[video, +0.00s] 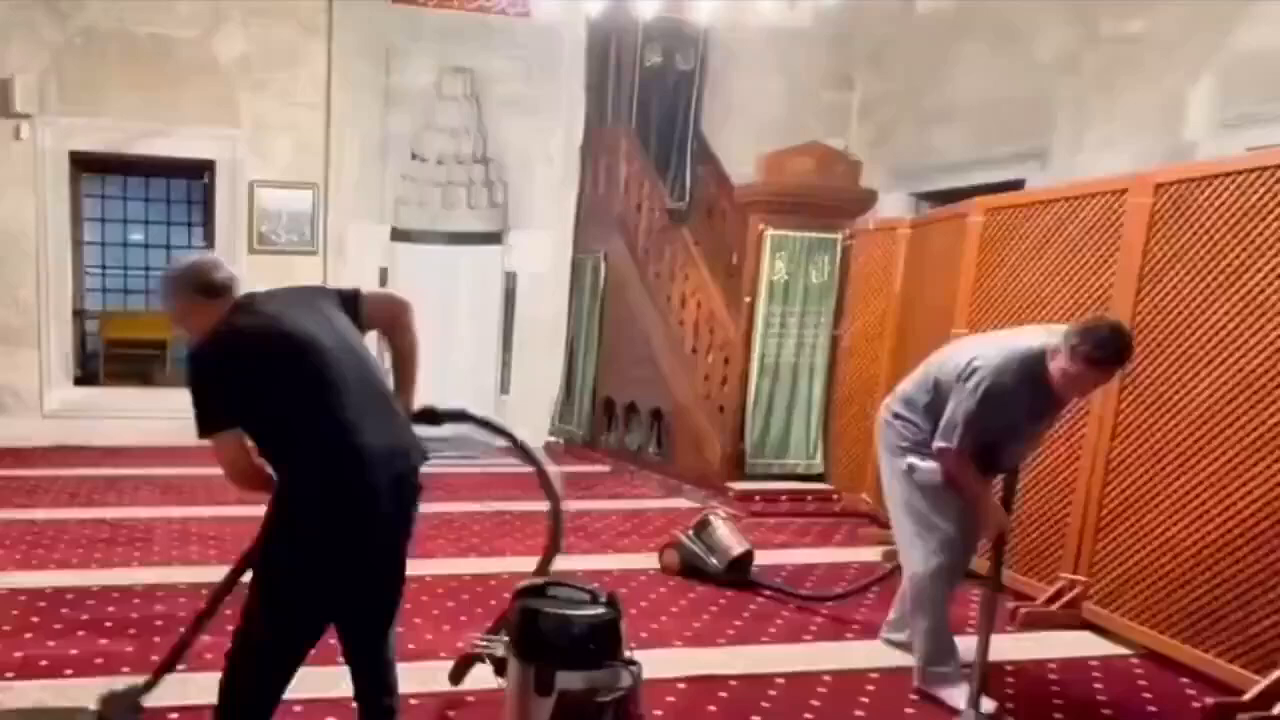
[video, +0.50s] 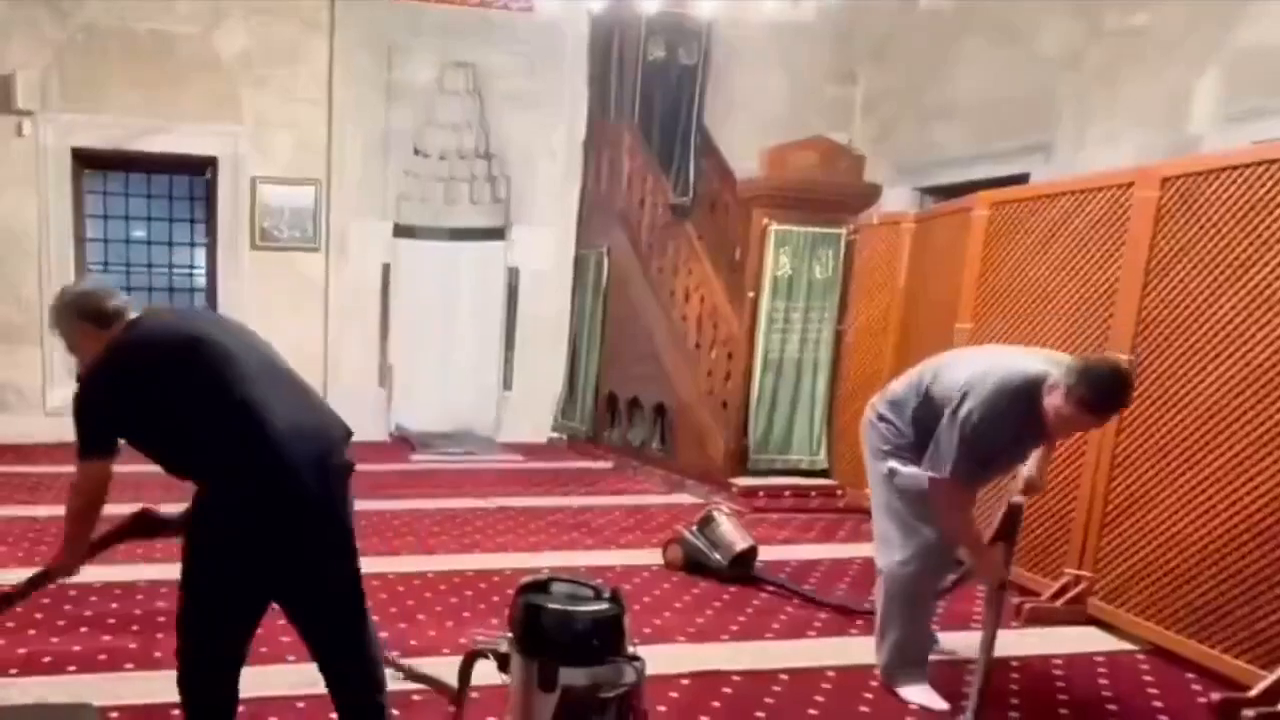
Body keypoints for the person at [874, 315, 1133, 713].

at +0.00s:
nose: (1086, 392)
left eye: (1095, 386)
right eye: (1084, 380)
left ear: (1105, 375)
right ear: (1066, 356)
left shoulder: (1067, 365)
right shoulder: (997, 371)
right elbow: (948, 454)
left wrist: (1011, 455)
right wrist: (987, 508)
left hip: (968, 445)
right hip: (912, 433)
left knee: (959, 542)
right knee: (934, 555)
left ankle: (902, 626)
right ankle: (936, 673)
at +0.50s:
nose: (1070, 432)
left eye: (1083, 428)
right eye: (1070, 421)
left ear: (1099, 420)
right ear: (1055, 391)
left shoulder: (1069, 378)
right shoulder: (990, 400)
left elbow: (1051, 424)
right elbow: (948, 495)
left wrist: (1037, 463)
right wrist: (980, 555)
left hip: (949, 441)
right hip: (898, 434)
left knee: (938, 548)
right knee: (909, 556)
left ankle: (915, 630)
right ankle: (903, 672)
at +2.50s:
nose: (941, 428)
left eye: (950, 420)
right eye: (933, 417)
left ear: (972, 396)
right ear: (918, 395)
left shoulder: (1005, 373)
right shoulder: (873, 396)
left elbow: (1000, 438)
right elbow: (852, 483)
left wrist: (960, 471)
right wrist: (873, 560)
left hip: (923, 445)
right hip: (866, 442)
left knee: (909, 530)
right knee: (850, 548)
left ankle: (879, 623)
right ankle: (850, 658)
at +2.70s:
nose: (937, 377)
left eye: (950, 371)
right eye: (932, 366)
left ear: (977, 357)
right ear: (923, 346)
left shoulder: (998, 345)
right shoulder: (881, 366)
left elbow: (1026, 371)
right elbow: (857, 461)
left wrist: (983, 425)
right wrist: (890, 521)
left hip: (922, 451)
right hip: (864, 447)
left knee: (900, 538)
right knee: (853, 544)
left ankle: (877, 624)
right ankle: (853, 657)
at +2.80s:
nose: (938, 362)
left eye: (949, 355)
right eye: (933, 351)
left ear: (976, 345)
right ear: (927, 335)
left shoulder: (1001, 337)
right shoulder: (883, 356)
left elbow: (1022, 354)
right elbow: (860, 437)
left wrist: (984, 409)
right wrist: (897, 497)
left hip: (923, 446)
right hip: (860, 439)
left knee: (898, 537)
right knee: (848, 541)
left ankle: (876, 624)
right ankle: (849, 654)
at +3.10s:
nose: (935, 371)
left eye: (947, 364)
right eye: (929, 360)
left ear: (973, 354)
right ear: (923, 344)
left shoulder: (1002, 340)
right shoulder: (878, 360)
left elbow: (1020, 325)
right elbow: (854, 435)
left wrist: (973, 390)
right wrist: (896, 485)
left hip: (921, 442)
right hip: (858, 430)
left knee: (904, 537)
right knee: (832, 535)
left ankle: (871, 623)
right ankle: (820, 644)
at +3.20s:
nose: (927, 385)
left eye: (939, 379)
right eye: (922, 374)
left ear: (967, 368)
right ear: (917, 359)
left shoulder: (991, 351)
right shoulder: (871, 371)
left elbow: (1009, 332)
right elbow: (847, 443)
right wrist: (887, 492)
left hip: (916, 447)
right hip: (852, 436)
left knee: (902, 537)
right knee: (826, 541)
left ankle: (873, 622)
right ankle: (820, 644)